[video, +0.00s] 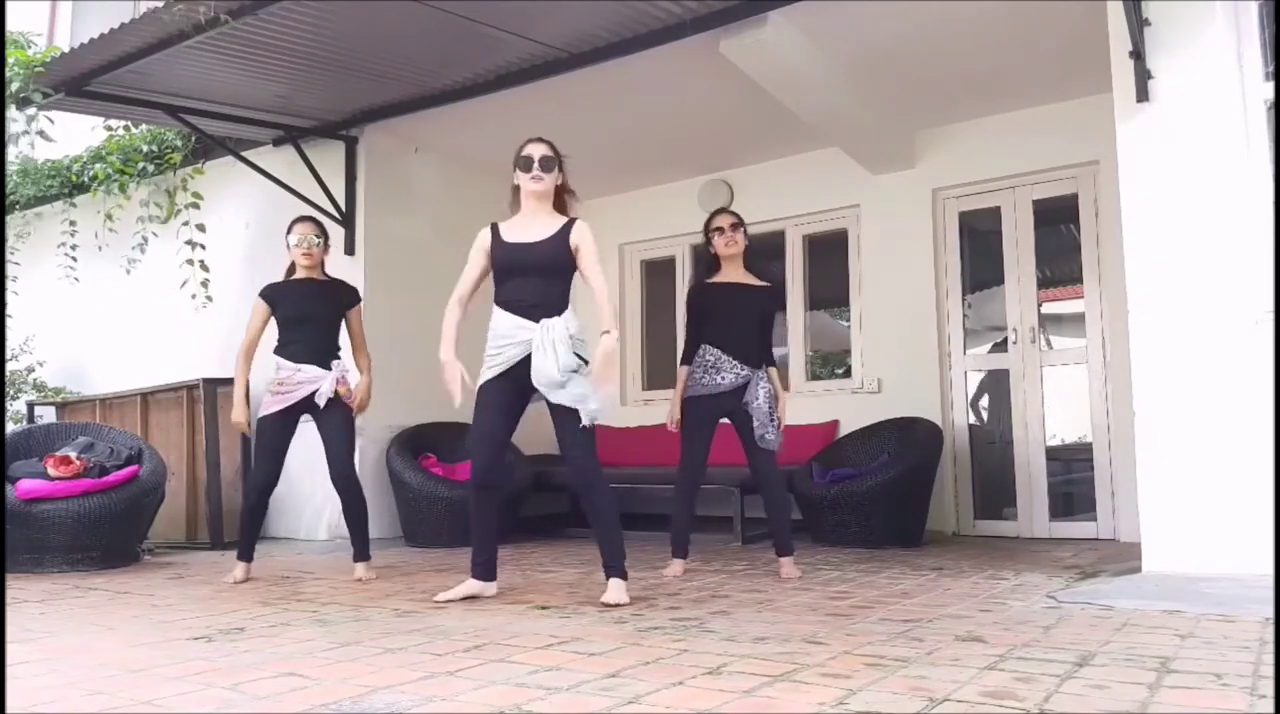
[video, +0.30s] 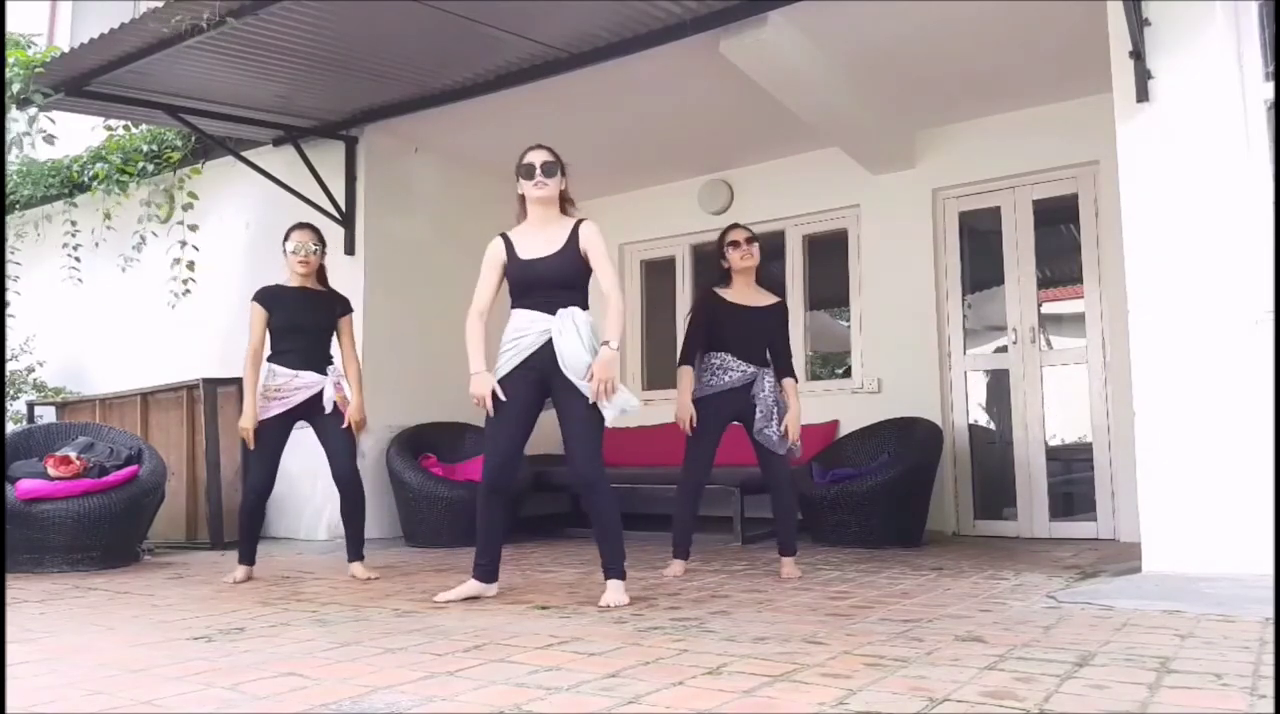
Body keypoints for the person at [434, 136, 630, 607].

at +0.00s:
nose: (536, 171)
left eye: (546, 164)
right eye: (527, 164)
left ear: (560, 175)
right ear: (515, 173)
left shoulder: (573, 228)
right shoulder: (492, 234)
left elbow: (599, 286)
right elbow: (459, 299)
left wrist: (611, 339)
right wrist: (447, 356)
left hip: (560, 352)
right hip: (506, 354)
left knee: (582, 465)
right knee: (482, 462)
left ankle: (616, 576)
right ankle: (482, 576)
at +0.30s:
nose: (538, 177)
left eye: (548, 170)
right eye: (529, 172)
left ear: (564, 180)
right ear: (518, 183)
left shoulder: (584, 231)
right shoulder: (504, 244)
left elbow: (613, 295)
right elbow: (476, 313)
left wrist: (610, 351)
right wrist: (479, 371)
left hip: (575, 356)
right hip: (519, 357)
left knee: (587, 470)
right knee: (495, 469)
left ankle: (614, 579)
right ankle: (483, 577)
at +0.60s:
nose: (530, 177)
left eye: (539, 169)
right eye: (519, 172)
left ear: (554, 178)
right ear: (509, 184)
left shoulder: (576, 235)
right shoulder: (494, 237)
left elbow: (601, 302)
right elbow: (465, 302)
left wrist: (604, 350)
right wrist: (464, 355)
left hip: (565, 356)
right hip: (506, 357)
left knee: (576, 469)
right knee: (488, 465)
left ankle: (613, 578)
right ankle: (483, 575)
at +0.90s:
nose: (511, 189)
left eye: (521, 183)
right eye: (503, 183)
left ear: (536, 194)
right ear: (492, 192)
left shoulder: (547, 245)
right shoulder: (470, 251)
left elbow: (567, 313)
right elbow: (442, 313)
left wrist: (553, 370)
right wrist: (431, 365)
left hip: (522, 364)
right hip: (470, 363)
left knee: (542, 469)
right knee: (456, 470)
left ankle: (611, 568)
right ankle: (480, 575)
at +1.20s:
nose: (519, 179)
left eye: (532, 175)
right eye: (514, 172)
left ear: (548, 187)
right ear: (504, 180)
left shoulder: (547, 230)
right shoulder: (495, 241)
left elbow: (574, 295)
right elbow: (483, 306)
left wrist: (565, 353)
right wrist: (464, 355)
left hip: (538, 361)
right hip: (494, 364)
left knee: (565, 465)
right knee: (467, 470)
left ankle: (635, 564)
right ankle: (482, 576)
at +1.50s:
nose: (539, 186)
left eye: (548, 179)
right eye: (529, 180)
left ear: (565, 183)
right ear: (520, 187)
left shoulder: (589, 232)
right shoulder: (507, 249)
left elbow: (618, 287)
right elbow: (481, 316)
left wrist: (610, 349)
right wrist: (478, 364)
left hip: (581, 359)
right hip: (524, 361)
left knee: (589, 473)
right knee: (493, 472)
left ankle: (614, 581)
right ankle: (481, 574)